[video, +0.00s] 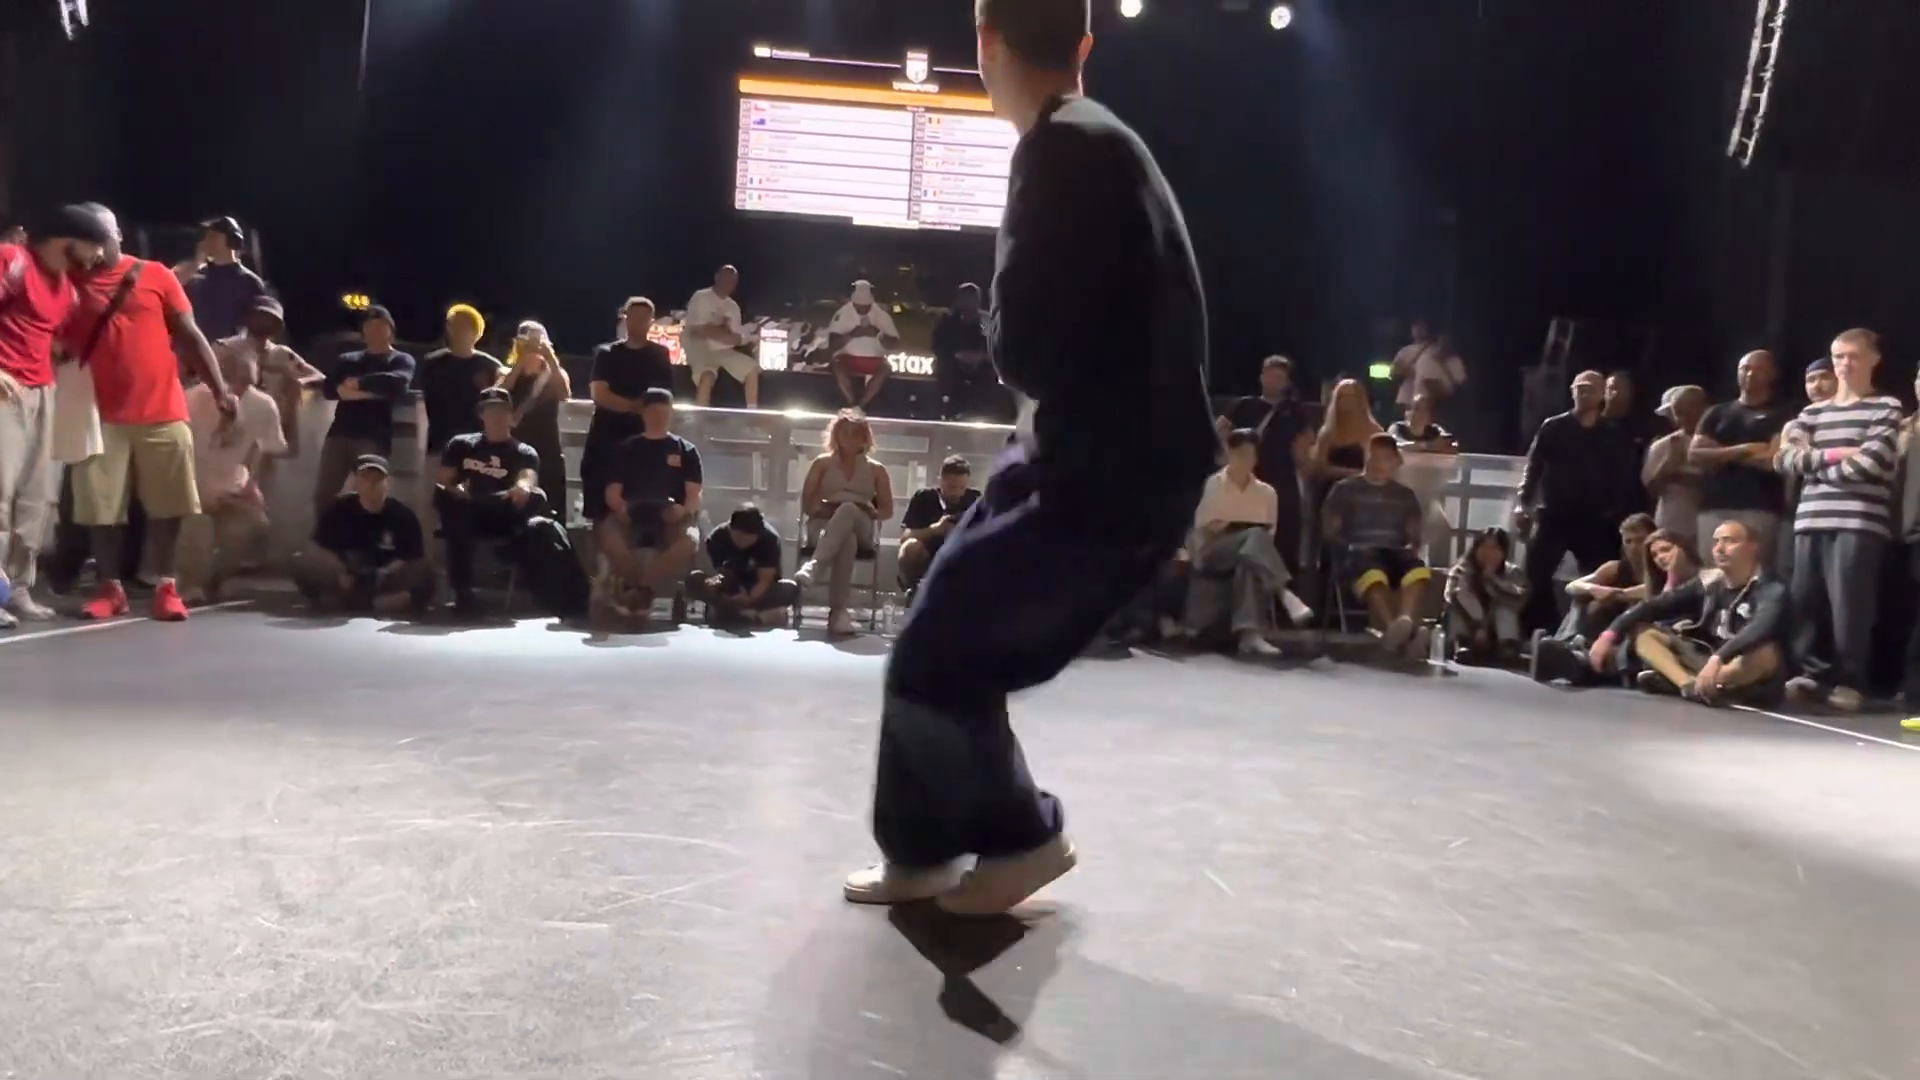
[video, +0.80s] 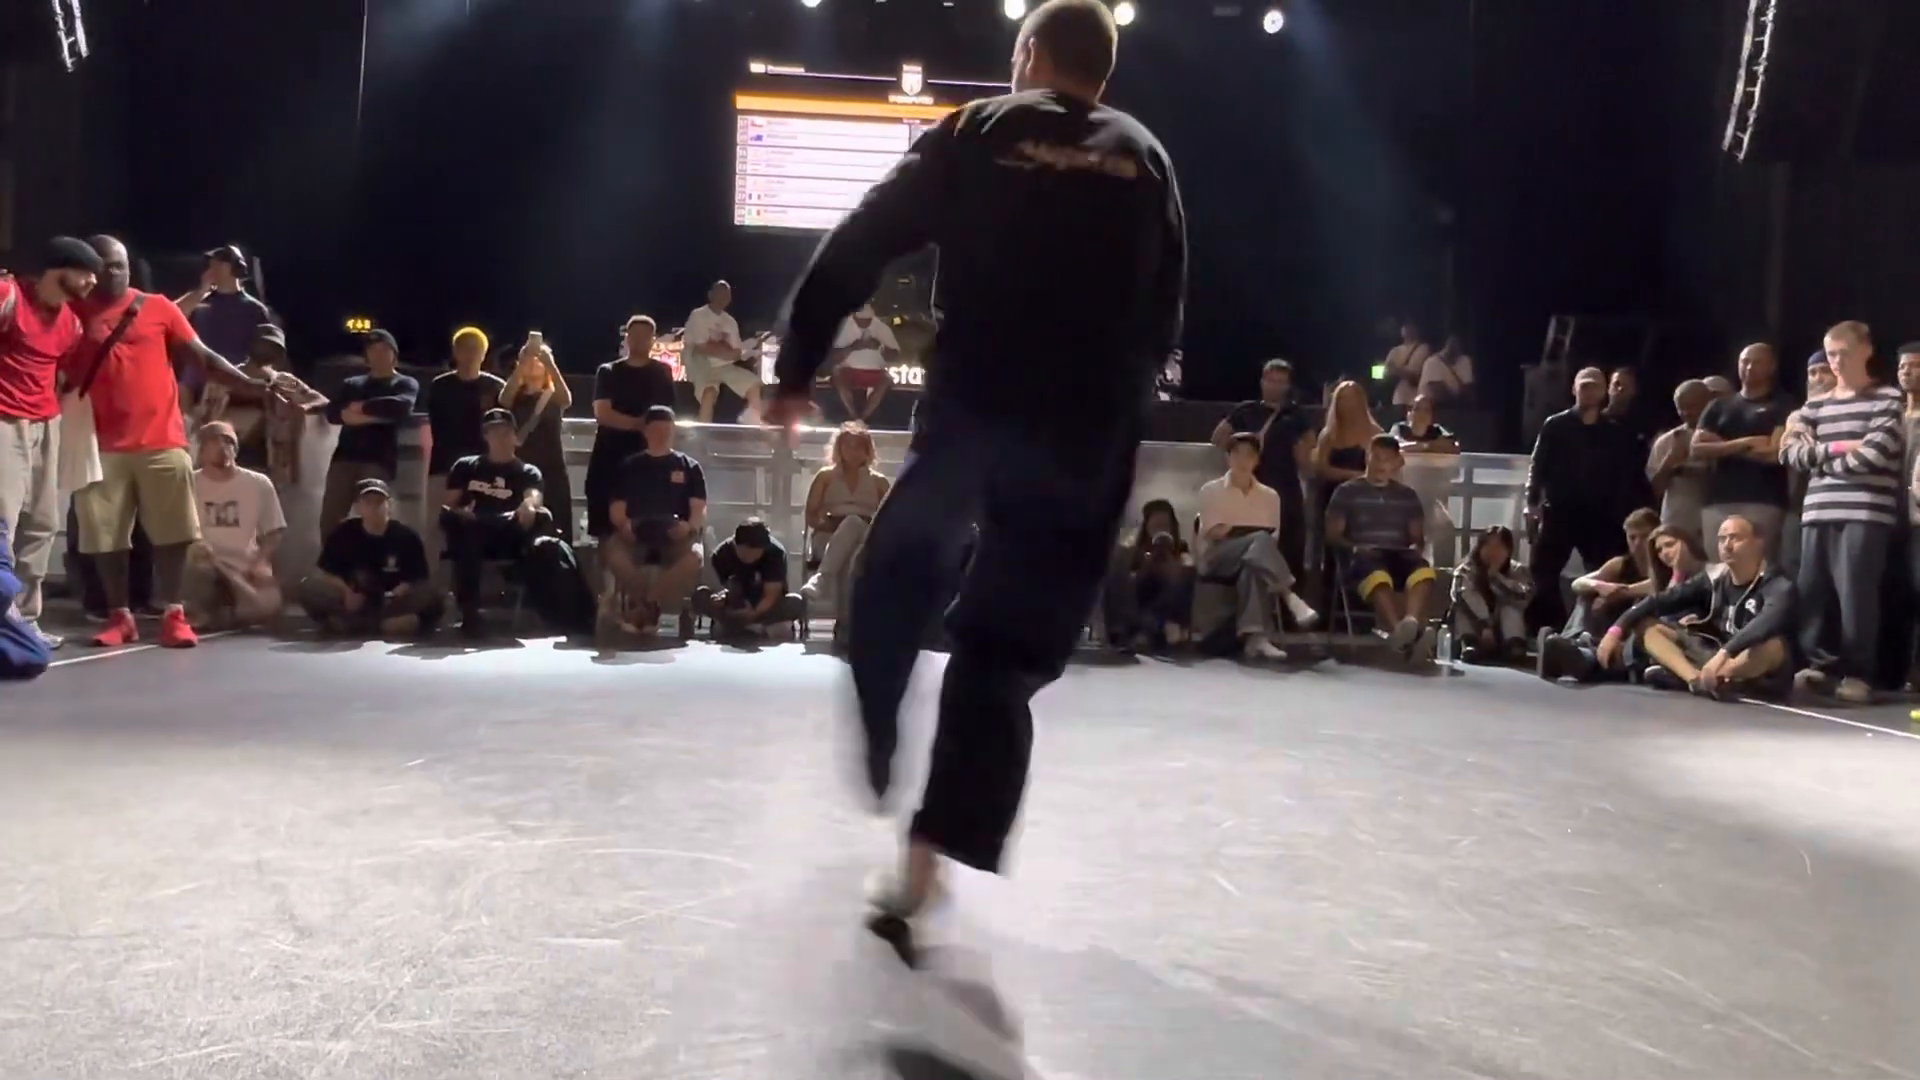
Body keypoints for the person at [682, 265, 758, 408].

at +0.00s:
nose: (729, 284)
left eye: (733, 281)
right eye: (726, 279)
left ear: (736, 283)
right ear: (717, 278)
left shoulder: (733, 307)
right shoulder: (700, 297)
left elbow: (737, 338)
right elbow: (693, 330)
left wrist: (711, 332)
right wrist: (720, 329)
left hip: (723, 350)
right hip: (701, 349)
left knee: (752, 370)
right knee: (708, 376)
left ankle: (752, 415)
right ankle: (699, 418)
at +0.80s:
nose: (724, 297)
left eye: (727, 294)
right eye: (720, 293)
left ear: (730, 298)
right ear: (711, 295)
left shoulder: (730, 321)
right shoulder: (698, 315)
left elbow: (737, 353)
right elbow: (700, 347)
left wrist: (713, 346)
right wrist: (727, 349)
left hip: (725, 366)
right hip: (703, 365)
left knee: (754, 386)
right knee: (709, 394)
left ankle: (754, 427)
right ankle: (703, 434)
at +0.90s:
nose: (726, 304)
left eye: (728, 299)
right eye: (722, 300)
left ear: (729, 300)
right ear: (714, 300)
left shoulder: (730, 315)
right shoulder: (699, 315)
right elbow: (698, 345)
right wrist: (714, 355)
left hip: (724, 361)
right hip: (700, 360)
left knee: (752, 389)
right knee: (710, 393)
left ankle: (755, 431)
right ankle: (702, 434)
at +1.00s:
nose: (724, 298)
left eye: (727, 295)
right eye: (720, 294)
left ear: (730, 299)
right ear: (711, 296)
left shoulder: (730, 323)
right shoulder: (698, 316)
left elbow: (737, 349)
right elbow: (698, 347)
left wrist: (755, 344)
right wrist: (728, 352)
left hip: (726, 366)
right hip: (702, 365)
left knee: (752, 383)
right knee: (710, 393)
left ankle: (756, 431)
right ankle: (703, 434)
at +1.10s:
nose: (725, 298)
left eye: (727, 295)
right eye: (721, 293)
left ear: (730, 300)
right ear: (711, 296)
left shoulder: (731, 323)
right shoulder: (698, 316)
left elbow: (737, 356)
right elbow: (699, 348)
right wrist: (725, 347)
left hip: (725, 367)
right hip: (702, 366)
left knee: (754, 386)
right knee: (710, 394)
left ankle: (756, 432)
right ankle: (704, 437)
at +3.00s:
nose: (744, 287)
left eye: (747, 284)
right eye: (740, 283)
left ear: (751, 288)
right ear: (732, 284)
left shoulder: (752, 312)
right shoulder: (718, 305)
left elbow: (758, 345)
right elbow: (718, 338)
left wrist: (730, 338)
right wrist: (745, 336)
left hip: (746, 356)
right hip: (723, 355)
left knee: (775, 374)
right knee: (732, 383)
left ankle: (776, 419)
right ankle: (725, 425)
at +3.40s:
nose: (749, 284)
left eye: (752, 280)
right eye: (745, 279)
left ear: (756, 285)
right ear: (737, 282)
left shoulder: (757, 309)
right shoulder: (723, 302)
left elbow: (763, 342)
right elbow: (720, 335)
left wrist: (735, 337)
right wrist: (749, 333)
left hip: (751, 353)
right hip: (728, 353)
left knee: (779, 372)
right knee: (736, 380)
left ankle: (779, 417)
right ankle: (729, 422)